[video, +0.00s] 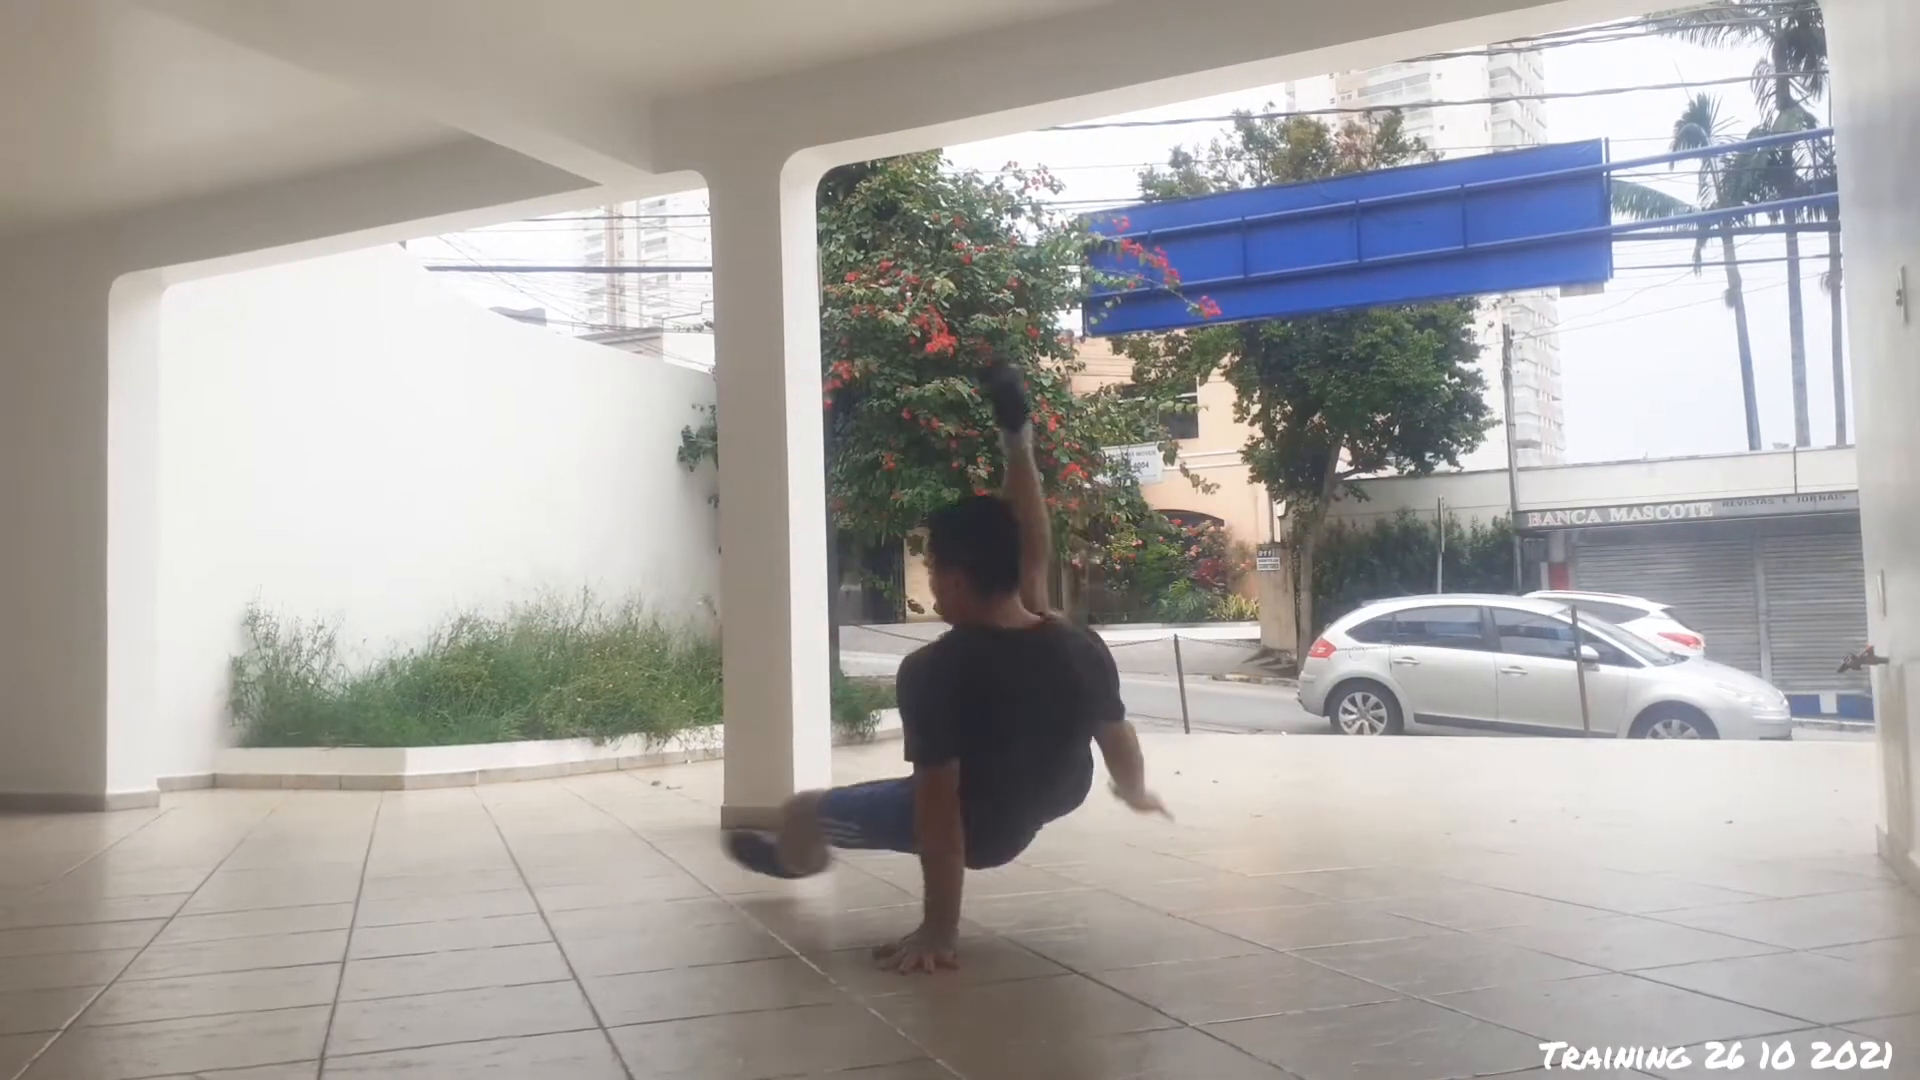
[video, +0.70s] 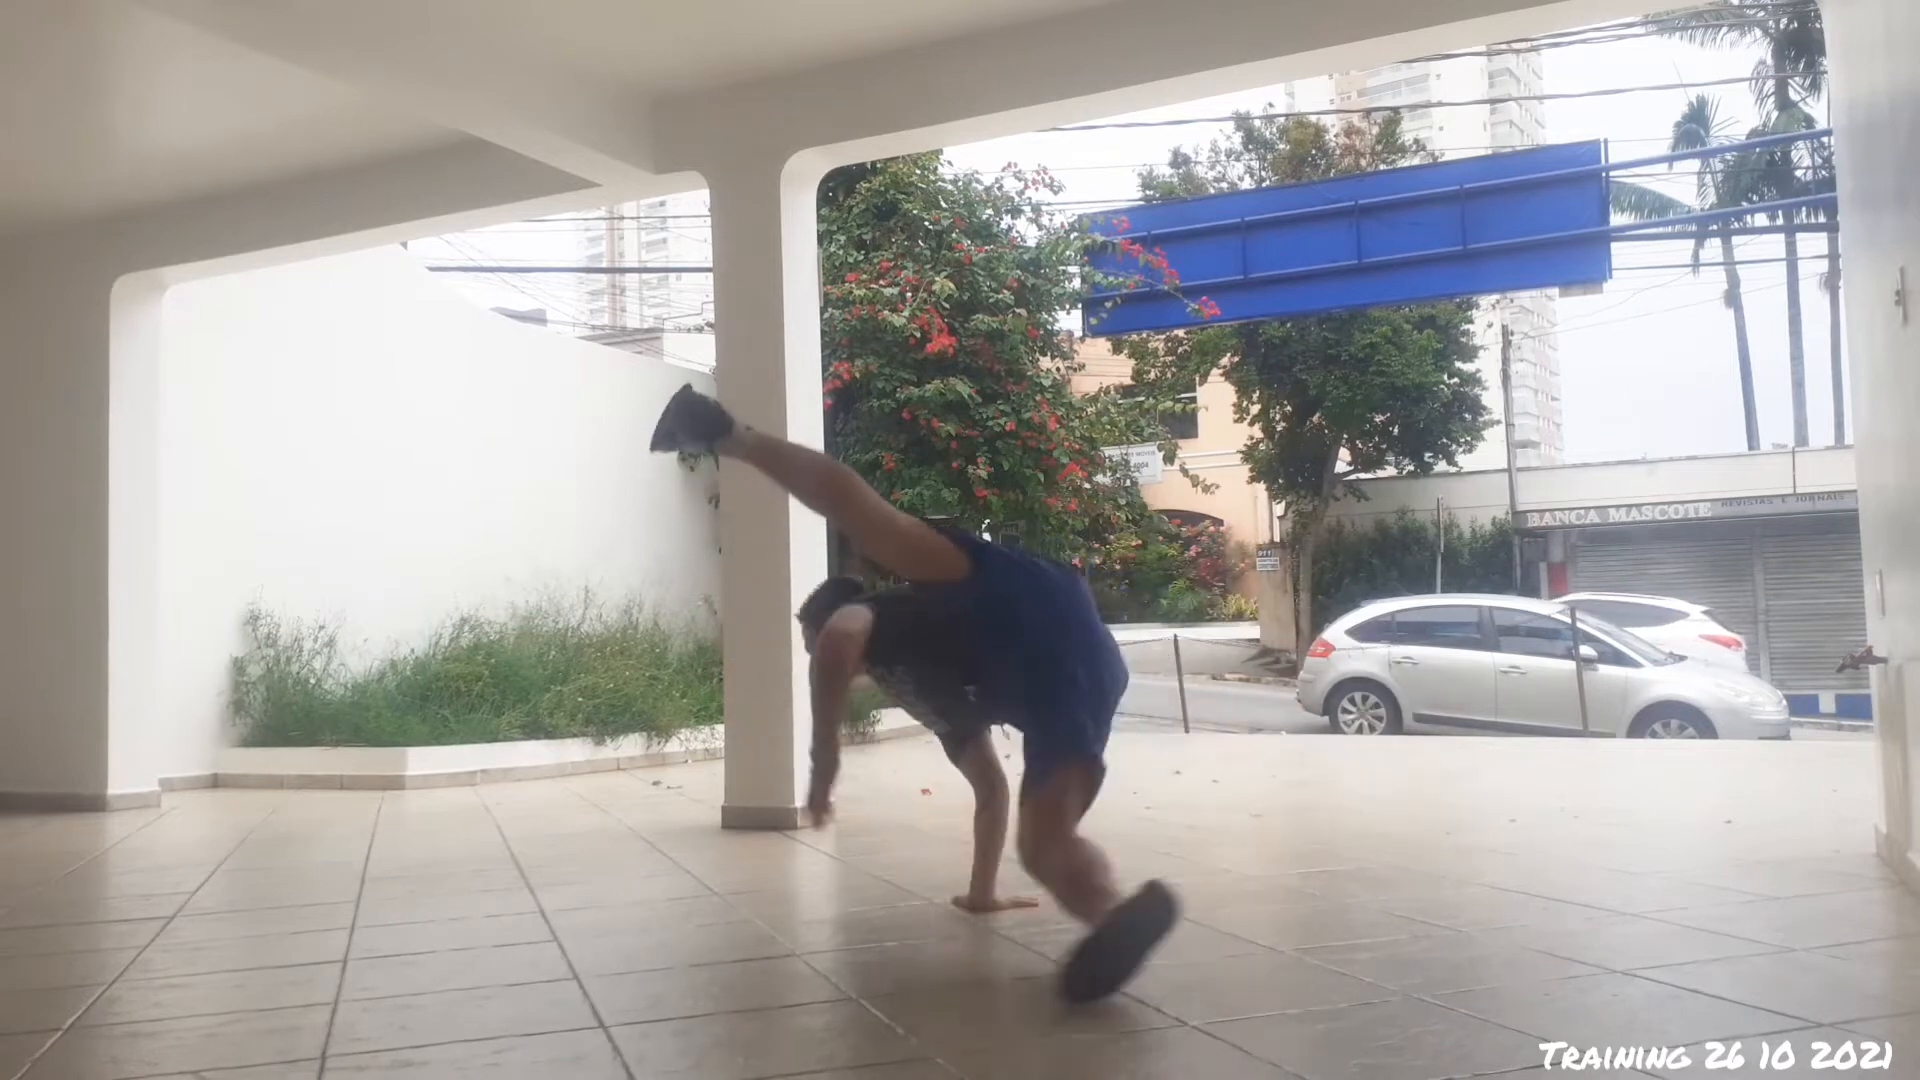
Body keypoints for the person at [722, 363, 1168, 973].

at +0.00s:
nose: (929, 578)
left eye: (934, 566)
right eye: (931, 565)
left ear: (954, 579)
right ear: (1016, 573)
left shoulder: (930, 670)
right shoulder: (1076, 649)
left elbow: (938, 804)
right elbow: (1118, 739)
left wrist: (939, 932)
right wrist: (1134, 789)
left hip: (977, 825)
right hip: (1056, 787)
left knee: (806, 809)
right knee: (1032, 582)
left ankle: (796, 857)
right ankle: (1018, 434)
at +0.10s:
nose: (863, 587)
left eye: (861, 573)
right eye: (860, 573)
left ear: (876, 576)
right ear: (934, 548)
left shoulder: (886, 674)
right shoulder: (1017, 595)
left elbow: (917, 808)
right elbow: (1101, 635)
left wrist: (937, 933)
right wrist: (1111, 564)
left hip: (1008, 820)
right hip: (1081, 763)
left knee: (920, 870)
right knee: (1018, 576)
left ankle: (1060, 871)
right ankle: (987, 455)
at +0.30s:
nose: (768, 665)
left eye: (759, 650)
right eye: (757, 653)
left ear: (775, 634)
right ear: (808, 591)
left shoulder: (843, 680)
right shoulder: (884, 593)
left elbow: (909, 805)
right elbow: (978, 619)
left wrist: (935, 931)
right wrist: (1004, 735)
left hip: (1045, 727)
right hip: (1078, 642)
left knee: (1070, 889)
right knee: (1133, 578)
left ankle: (1234, 913)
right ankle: (1168, 525)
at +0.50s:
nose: (787, 734)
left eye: (778, 719)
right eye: (778, 724)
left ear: (797, 689)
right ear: (810, 683)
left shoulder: (851, 684)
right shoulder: (904, 681)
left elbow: (914, 810)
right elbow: (989, 781)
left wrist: (931, 926)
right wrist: (981, 888)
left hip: (1017, 571)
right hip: (1078, 585)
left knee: (952, 694)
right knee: (1195, 685)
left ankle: (909, 767)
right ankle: (1377, 691)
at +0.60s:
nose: (797, 705)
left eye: (791, 688)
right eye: (790, 695)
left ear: (811, 660)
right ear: (835, 662)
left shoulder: (847, 669)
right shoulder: (936, 697)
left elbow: (883, 780)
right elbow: (989, 782)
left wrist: (909, 899)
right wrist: (978, 892)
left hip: (1020, 576)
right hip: (1094, 621)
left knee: (891, 561)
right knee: (1161, 781)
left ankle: (759, 520)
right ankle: (1347, 820)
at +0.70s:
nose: (824, 656)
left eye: (820, 640)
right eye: (819, 645)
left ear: (834, 619)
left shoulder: (854, 609)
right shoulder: (938, 687)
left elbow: (836, 644)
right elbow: (994, 790)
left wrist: (822, 779)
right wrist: (983, 893)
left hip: (1031, 589)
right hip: (1090, 666)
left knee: (851, 500)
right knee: (1046, 838)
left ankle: (725, 432)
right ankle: (1114, 912)